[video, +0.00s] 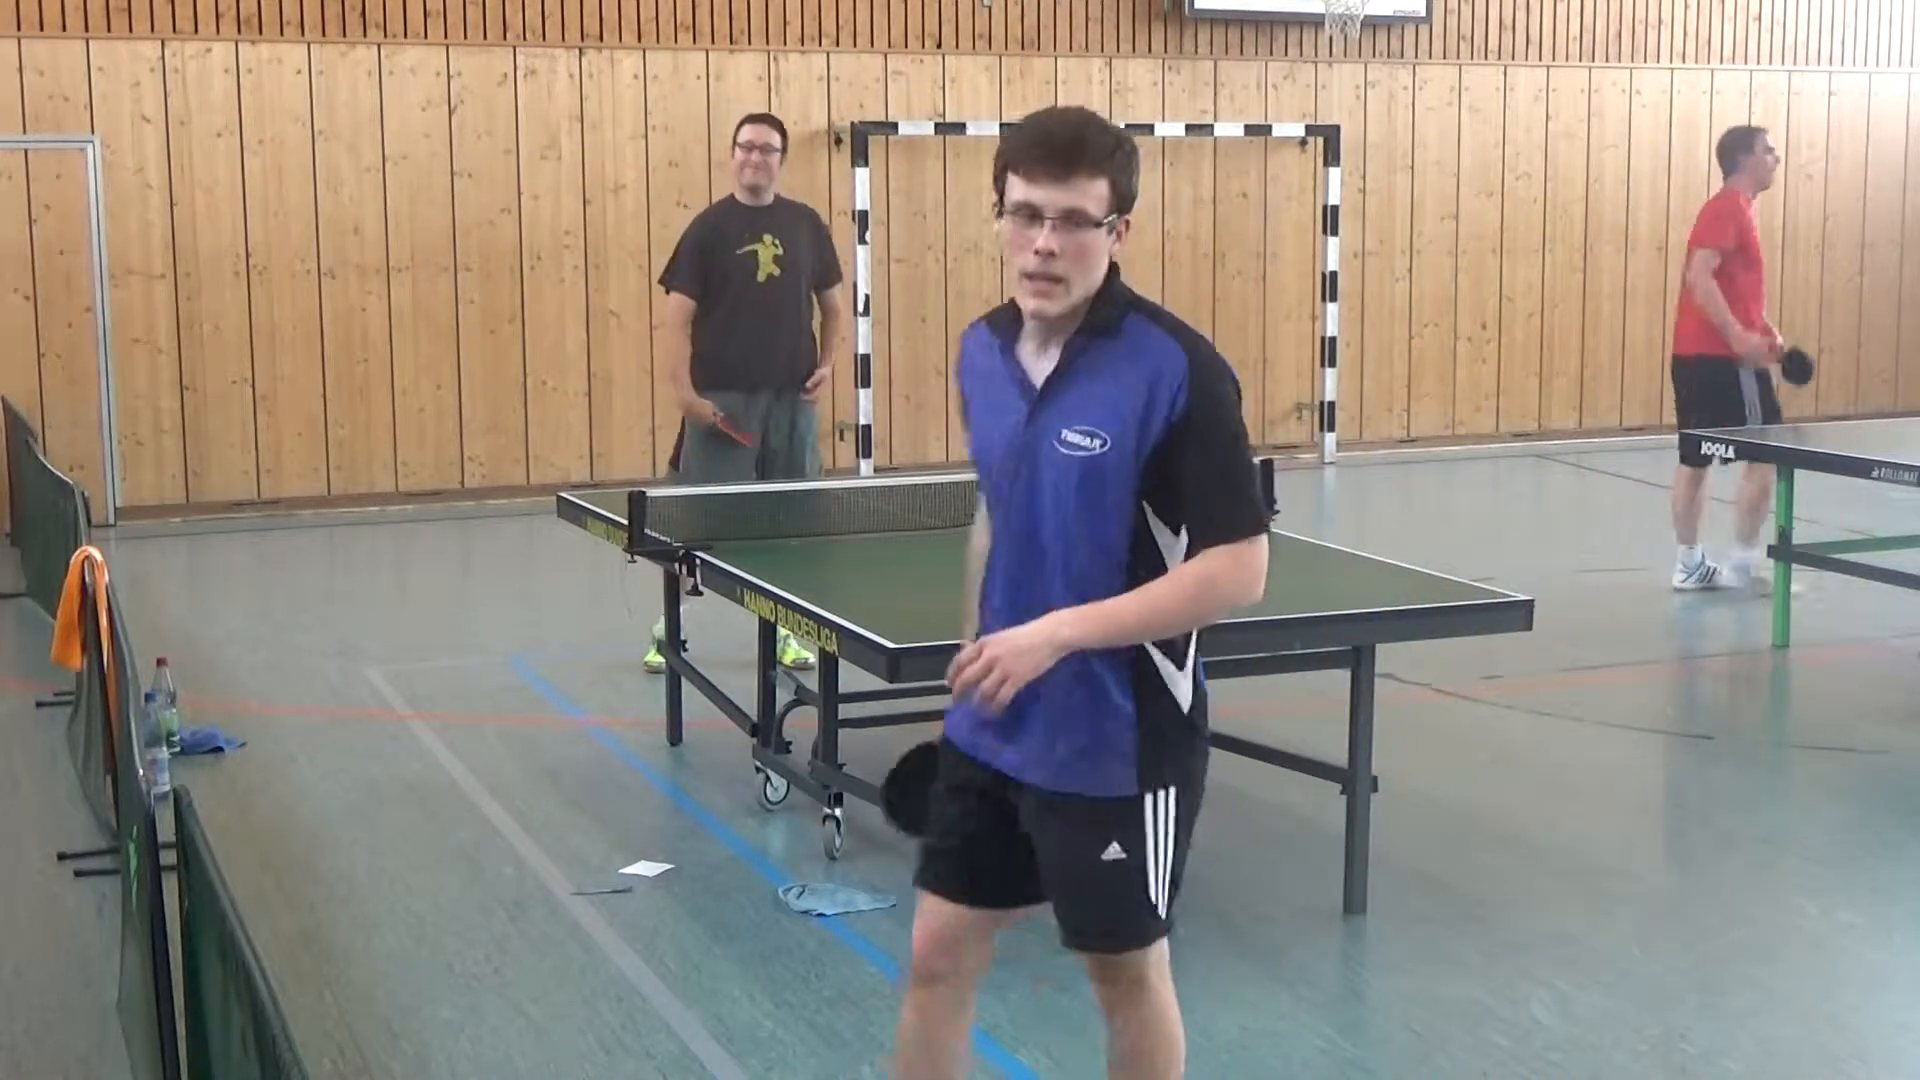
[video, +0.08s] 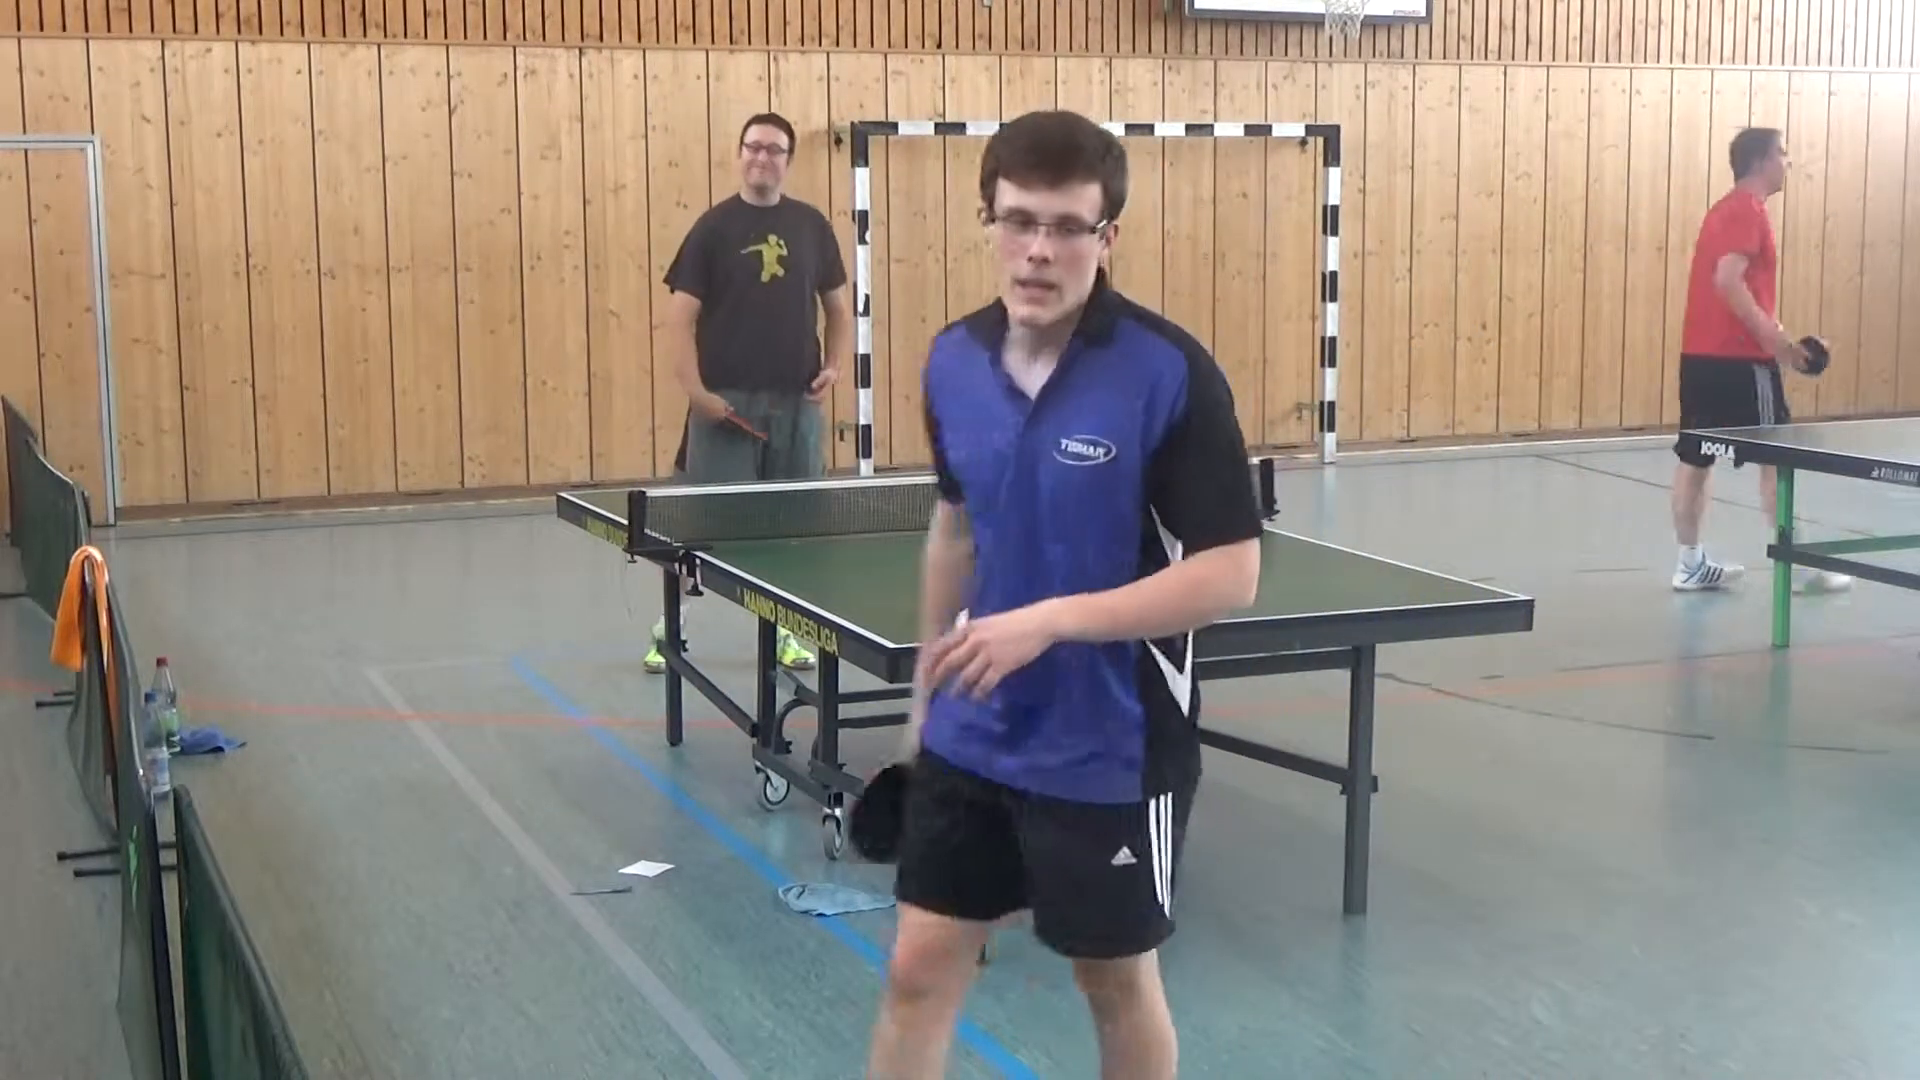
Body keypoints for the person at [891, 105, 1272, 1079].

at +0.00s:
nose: (1045, 244)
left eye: (1075, 223)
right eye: (1025, 217)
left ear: (1119, 234)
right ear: (999, 220)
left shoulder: (1181, 374)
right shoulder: (983, 352)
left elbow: (1237, 568)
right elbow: (997, 518)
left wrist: (1055, 633)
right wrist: (977, 670)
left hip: (1117, 745)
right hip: (997, 718)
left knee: (1126, 978)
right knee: (938, 956)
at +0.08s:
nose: (1039, 251)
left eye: (1068, 229)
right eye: (1018, 223)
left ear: (1109, 237)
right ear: (988, 224)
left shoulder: (1172, 376)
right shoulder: (953, 358)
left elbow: (1229, 573)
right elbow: (953, 529)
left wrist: (1049, 620)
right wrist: (931, 705)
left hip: (1105, 747)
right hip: (972, 729)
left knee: (1117, 986)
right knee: (917, 972)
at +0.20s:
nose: (1025, 255)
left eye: (1052, 231)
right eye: (1001, 227)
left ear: (1086, 238)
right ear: (963, 231)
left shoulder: (1151, 377)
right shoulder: (911, 367)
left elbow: (1212, 578)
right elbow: (897, 538)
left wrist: (1029, 624)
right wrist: (861, 719)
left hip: (1080, 761)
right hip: (937, 747)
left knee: (1102, 996)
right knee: (909, 1000)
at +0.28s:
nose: (1008, 258)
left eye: (1036, 234)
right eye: (985, 230)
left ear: (1072, 240)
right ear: (942, 232)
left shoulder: (1132, 380)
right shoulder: (881, 376)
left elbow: (1200, 585)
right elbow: (856, 544)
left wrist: (1030, 655)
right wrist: (813, 734)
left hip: (1061, 769)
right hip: (915, 762)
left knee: (1082, 1005)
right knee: (902, 1025)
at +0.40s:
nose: (985, 248)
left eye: (1014, 222)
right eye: (961, 217)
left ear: (1047, 227)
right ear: (914, 219)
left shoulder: (1112, 365)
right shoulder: (843, 376)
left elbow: (1170, 573)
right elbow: (796, 560)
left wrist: (1061, 735)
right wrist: (755, 760)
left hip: (1047, 772)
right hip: (894, 767)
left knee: (1035, 1030)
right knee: (881, 1039)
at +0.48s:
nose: (983, 246)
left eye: (1009, 220)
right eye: (957, 216)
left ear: (1042, 227)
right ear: (906, 216)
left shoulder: (1107, 364)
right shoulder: (835, 380)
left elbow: (1154, 570)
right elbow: (763, 574)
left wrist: (1116, 776)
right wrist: (724, 783)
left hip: (1043, 781)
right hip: (884, 778)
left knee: (1042, 1055)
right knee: (880, 1044)